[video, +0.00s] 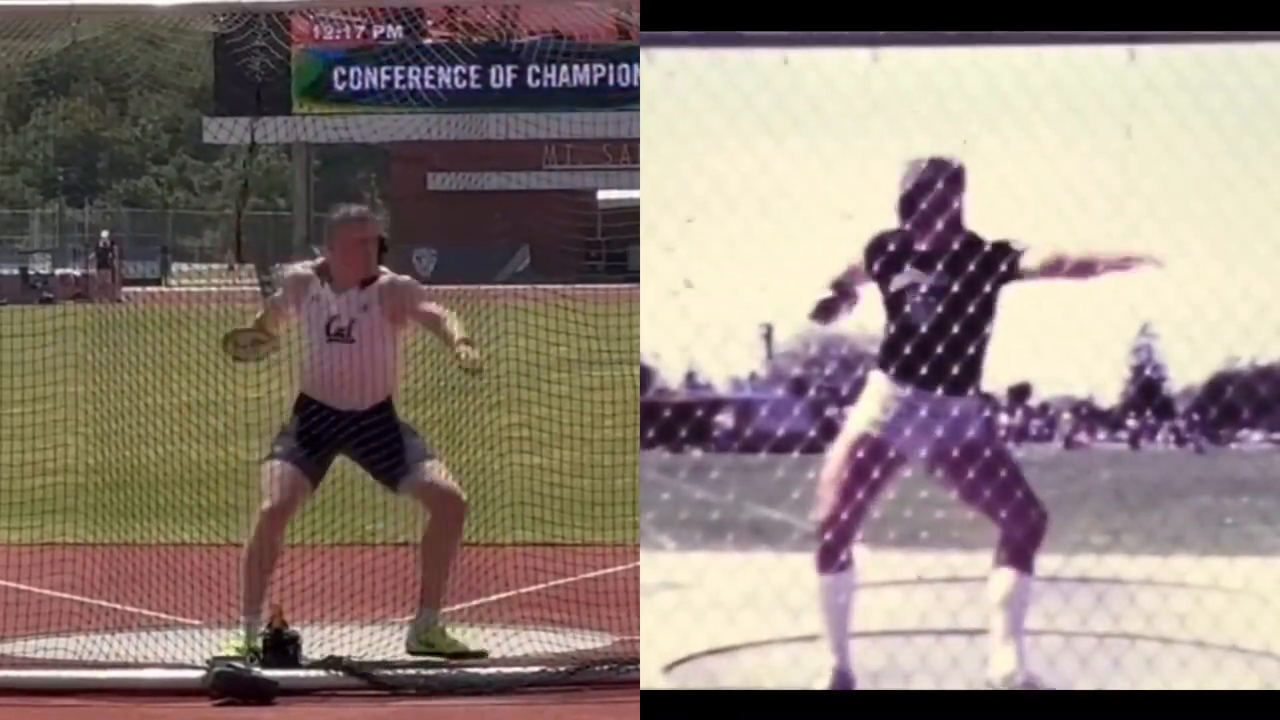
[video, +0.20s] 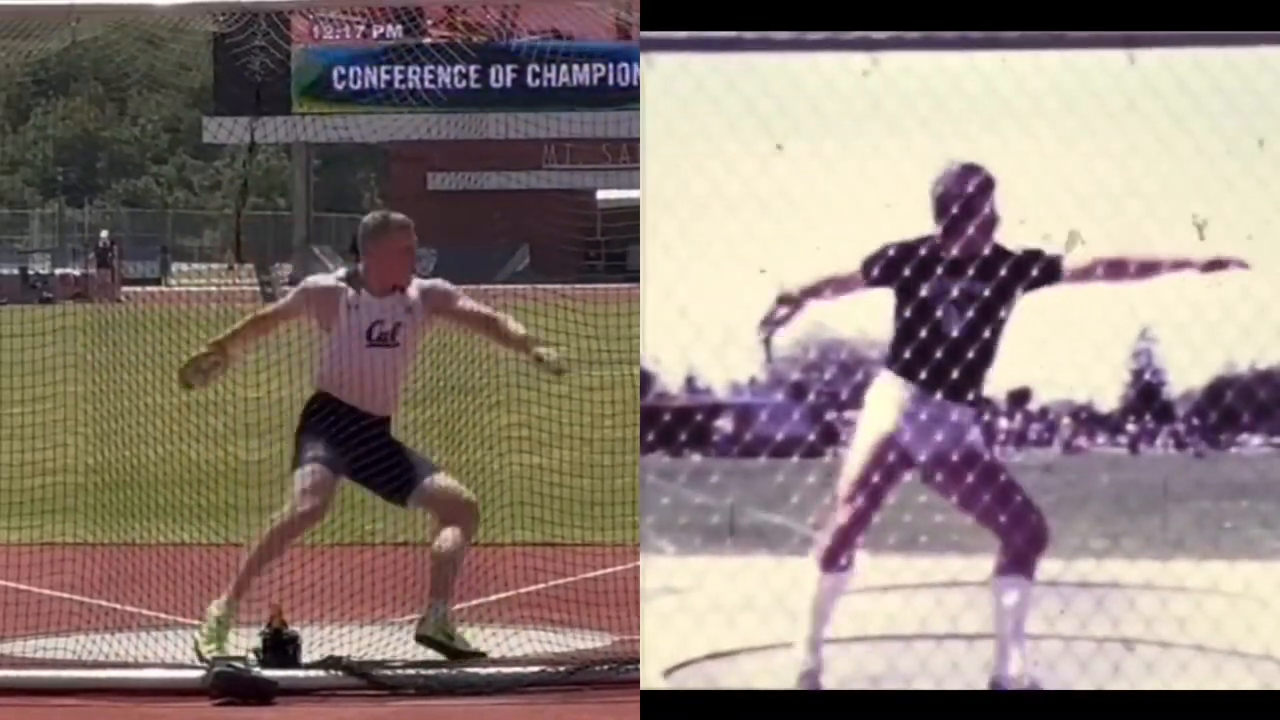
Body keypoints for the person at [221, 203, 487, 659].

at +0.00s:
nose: (367, 254)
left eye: (373, 244)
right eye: (356, 244)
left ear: (379, 246)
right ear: (329, 248)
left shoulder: (392, 288)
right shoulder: (302, 282)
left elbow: (436, 316)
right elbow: (273, 315)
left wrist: (458, 343)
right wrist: (259, 337)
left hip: (377, 422)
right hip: (313, 421)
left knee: (450, 504)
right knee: (274, 510)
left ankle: (426, 627)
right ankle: (248, 633)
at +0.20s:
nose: (413, 262)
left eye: (413, 251)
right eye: (403, 252)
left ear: (409, 255)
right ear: (369, 256)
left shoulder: (426, 297)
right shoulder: (327, 294)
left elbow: (490, 321)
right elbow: (265, 320)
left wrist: (533, 347)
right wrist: (216, 352)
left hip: (376, 436)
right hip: (328, 423)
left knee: (461, 508)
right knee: (309, 509)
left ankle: (436, 621)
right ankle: (224, 612)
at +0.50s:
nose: (443, 279)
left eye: (443, 269)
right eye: (436, 268)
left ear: (427, 273)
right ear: (404, 270)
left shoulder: (440, 311)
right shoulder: (353, 306)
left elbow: (504, 334)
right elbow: (279, 338)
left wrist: (571, 360)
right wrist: (213, 370)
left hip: (377, 450)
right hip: (345, 433)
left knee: (448, 526)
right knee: (365, 513)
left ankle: (439, 624)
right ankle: (250, 571)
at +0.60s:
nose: (454, 282)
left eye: (454, 272)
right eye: (448, 272)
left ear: (433, 277)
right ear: (420, 274)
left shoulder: (444, 319)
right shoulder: (366, 311)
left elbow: (504, 346)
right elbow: (292, 345)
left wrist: (571, 371)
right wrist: (225, 378)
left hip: (376, 446)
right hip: (351, 432)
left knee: (439, 537)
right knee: (387, 510)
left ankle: (438, 628)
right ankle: (310, 580)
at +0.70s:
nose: (461, 283)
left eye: (461, 275)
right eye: (458, 274)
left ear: (426, 272)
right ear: (439, 276)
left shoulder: (440, 323)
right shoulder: (380, 315)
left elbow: (487, 353)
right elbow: (307, 349)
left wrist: (549, 381)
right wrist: (247, 386)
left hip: (375, 444)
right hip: (352, 431)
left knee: (430, 537)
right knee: (402, 500)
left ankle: (436, 630)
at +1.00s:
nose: (442, 270)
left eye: (442, 261)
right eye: (441, 261)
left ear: (399, 257)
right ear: (430, 260)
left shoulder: (373, 292)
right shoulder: (401, 296)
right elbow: (374, 338)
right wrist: (369, 377)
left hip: (325, 428)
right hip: (367, 414)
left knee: (390, 524)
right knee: (471, 482)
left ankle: (430, 626)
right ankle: (514, 601)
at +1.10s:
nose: (424, 257)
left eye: (422, 249)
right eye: (424, 249)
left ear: (378, 246)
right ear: (416, 249)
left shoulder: (348, 284)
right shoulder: (401, 282)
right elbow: (405, 337)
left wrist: (316, 353)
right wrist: (422, 365)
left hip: (328, 415)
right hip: (377, 403)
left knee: (385, 532)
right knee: (471, 478)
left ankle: (427, 624)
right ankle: (493, 596)